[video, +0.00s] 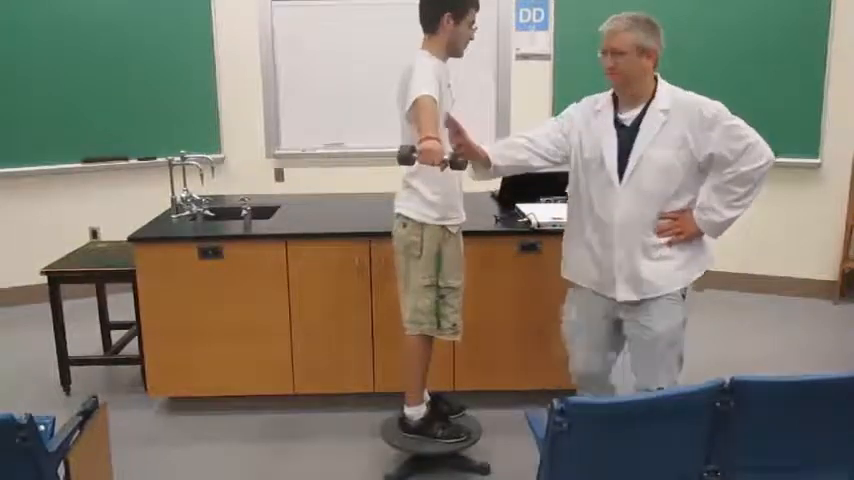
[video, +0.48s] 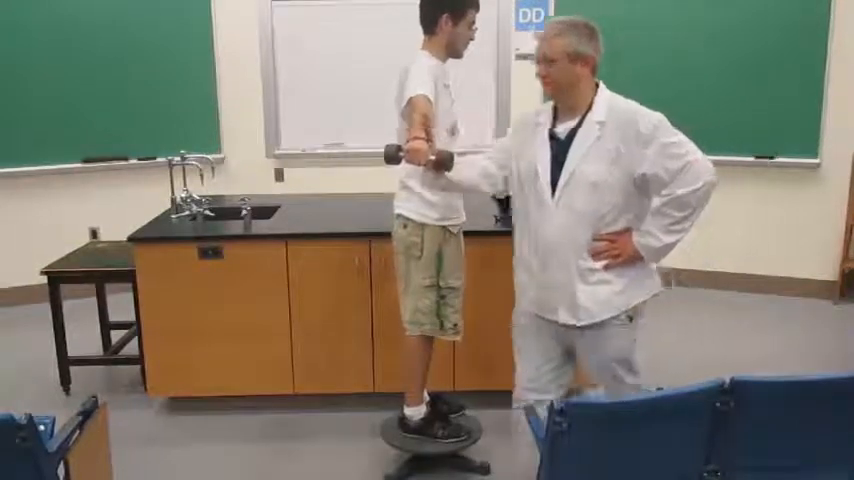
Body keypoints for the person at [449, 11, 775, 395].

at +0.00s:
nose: (606, 63)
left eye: (616, 55)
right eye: (604, 54)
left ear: (649, 57)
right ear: (602, 57)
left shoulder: (695, 115)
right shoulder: (584, 115)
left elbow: (753, 158)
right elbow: (535, 146)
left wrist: (702, 217)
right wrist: (482, 155)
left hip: (657, 281)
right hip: (591, 277)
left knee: (654, 390)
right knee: (586, 375)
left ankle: (652, 479)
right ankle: (602, 467)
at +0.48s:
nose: (539, 72)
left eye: (549, 62)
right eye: (538, 62)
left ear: (585, 65)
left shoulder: (633, 124)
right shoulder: (528, 127)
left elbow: (695, 177)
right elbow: (492, 170)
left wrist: (646, 241)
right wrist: (437, 161)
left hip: (605, 301)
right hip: (537, 299)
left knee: (618, 412)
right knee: (534, 407)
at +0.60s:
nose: (492, 73)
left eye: (500, 61)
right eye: (491, 62)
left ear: (538, 60)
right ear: (528, 62)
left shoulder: (584, 119)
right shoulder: (497, 121)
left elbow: (640, 178)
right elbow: (469, 179)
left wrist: (591, 245)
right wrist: (415, 164)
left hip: (554, 306)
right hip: (502, 302)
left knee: (538, 425)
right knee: (514, 420)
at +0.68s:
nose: (492, 73)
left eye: (500, 61)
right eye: (491, 62)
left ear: (538, 60)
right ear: (528, 62)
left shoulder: (584, 119)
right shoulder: (497, 121)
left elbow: (640, 178)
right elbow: (469, 179)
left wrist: (591, 245)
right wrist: (415, 164)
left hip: (550, 305)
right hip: (501, 300)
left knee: (535, 423)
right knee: (512, 417)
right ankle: (525, 476)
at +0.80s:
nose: (436, 76)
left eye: (442, 64)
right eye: (436, 65)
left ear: (479, 63)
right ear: (475, 64)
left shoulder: (525, 121)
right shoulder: (463, 126)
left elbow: (577, 190)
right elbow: (442, 190)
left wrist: (537, 256)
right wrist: (384, 167)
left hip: (507, 303)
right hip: (470, 300)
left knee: (448, 410)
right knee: (501, 409)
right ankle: (529, 475)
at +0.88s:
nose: (436, 76)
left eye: (442, 64)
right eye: (436, 65)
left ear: (479, 63)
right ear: (475, 64)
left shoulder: (525, 121)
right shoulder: (463, 126)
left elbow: (577, 190)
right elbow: (442, 190)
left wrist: (537, 256)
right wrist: (384, 167)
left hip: (507, 303)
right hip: (470, 300)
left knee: (448, 410)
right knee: (501, 409)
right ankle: (529, 475)